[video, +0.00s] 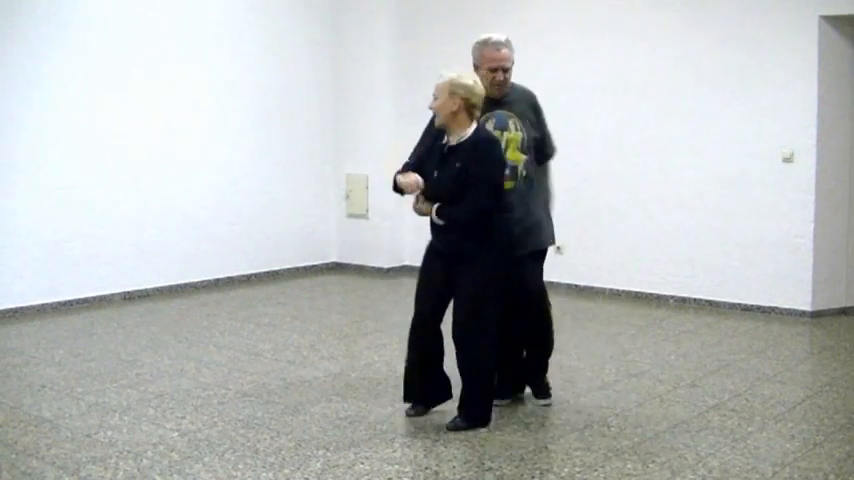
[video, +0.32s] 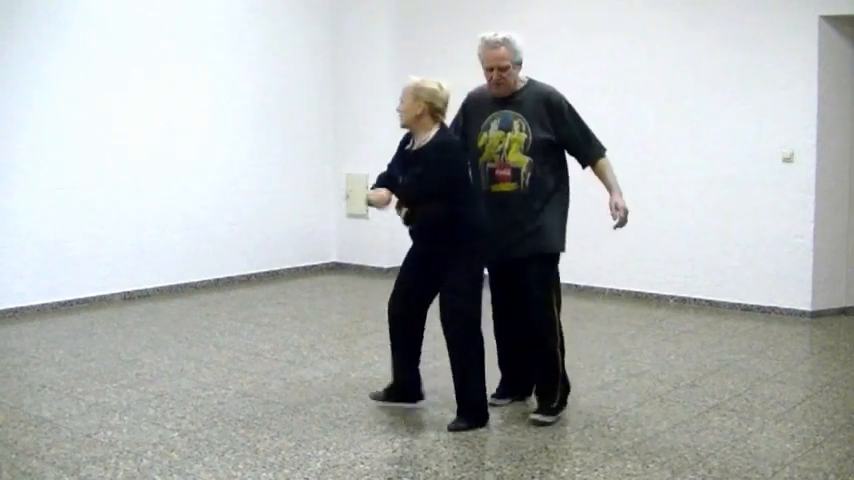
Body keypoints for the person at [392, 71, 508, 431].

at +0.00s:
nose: (431, 105)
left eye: (437, 98)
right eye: (433, 98)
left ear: (458, 103)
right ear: (453, 104)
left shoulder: (486, 147)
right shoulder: (436, 138)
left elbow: (478, 210)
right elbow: (407, 175)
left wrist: (432, 209)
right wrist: (405, 180)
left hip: (478, 253)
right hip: (441, 249)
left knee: (471, 331)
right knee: (424, 320)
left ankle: (475, 411)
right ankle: (428, 390)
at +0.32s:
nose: (398, 106)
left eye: (404, 100)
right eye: (400, 100)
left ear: (423, 108)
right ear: (420, 108)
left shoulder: (448, 147)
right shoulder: (409, 143)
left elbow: (427, 189)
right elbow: (391, 175)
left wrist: (398, 194)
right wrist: (379, 191)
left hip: (462, 249)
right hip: (427, 247)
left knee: (461, 326)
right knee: (402, 310)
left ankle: (473, 411)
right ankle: (406, 385)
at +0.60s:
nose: (380, 112)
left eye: (381, 108)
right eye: (385, 108)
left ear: (383, 111)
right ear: (414, 111)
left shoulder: (376, 149)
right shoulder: (429, 142)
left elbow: (361, 206)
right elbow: (421, 185)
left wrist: (355, 186)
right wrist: (365, 180)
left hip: (398, 237)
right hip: (437, 233)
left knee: (383, 321)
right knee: (406, 315)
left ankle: (443, 382)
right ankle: (388, 391)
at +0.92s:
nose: (404, 104)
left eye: (402, 98)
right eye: (399, 99)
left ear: (373, 107)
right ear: (384, 106)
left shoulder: (357, 139)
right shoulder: (398, 139)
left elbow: (379, 178)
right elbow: (447, 152)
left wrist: (417, 188)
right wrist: (442, 130)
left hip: (348, 229)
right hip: (383, 234)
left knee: (355, 300)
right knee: (384, 307)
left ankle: (344, 375)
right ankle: (368, 387)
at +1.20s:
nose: (378, 101)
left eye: (380, 95)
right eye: (369, 96)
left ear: (382, 99)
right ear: (352, 103)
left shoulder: (380, 137)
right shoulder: (342, 131)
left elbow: (396, 183)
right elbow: (361, 142)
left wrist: (420, 169)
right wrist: (389, 107)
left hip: (371, 230)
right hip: (340, 231)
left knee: (379, 304)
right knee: (347, 303)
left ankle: (355, 376)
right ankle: (349, 385)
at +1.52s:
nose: (341, 110)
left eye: (347, 105)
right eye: (335, 105)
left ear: (358, 109)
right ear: (327, 109)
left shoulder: (374, 143)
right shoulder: (314, 146)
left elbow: (403, 179)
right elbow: (291, 175)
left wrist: (432, 183)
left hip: (367, 234)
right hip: (325, 234)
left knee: (364, 302)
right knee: (327, 301)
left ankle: (356, 371)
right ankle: (324, 376)